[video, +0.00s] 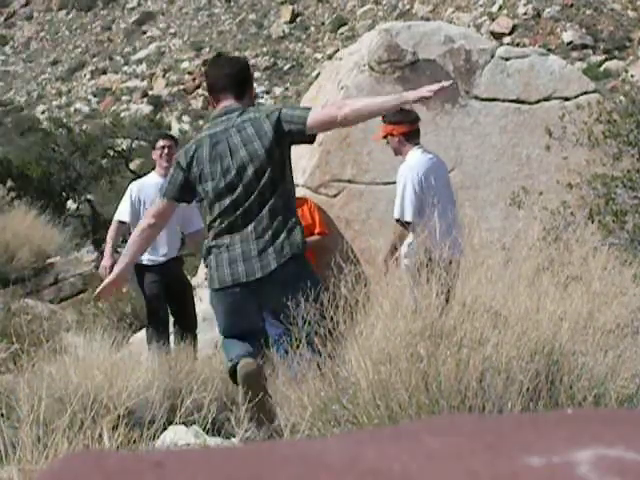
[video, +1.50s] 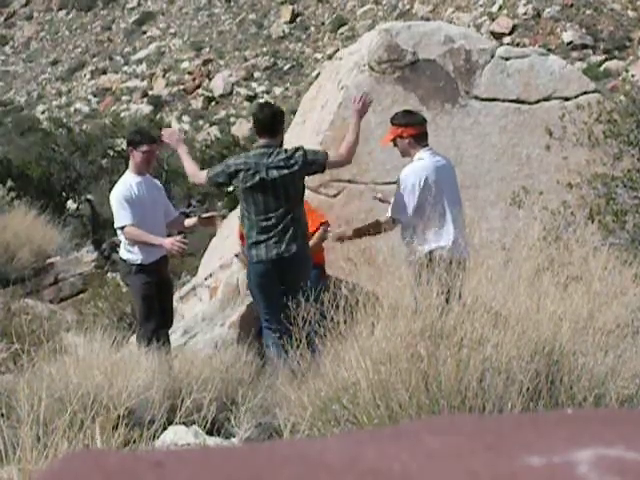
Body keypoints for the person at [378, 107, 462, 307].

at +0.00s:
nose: (388, 145)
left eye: (388, 139)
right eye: (387, 139)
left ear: (398, 138)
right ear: (415, 135)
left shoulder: (409, 169)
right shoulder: (436, 161)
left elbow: (404, 223)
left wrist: (390, 253)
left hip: (423, 250)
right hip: (448, 246)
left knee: (421, 309)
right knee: (443, 309)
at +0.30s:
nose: (392, 146)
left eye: (394, 141)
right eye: (391, 141)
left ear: (405, 139)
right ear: (420, 137)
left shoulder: (414, 170)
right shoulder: (443, 163)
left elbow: (385, 218)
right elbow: (427, 196)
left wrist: (346, 215)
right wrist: (394, 190)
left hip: (425, 255)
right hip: (452, 250)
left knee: (425, 316)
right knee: (446, 312)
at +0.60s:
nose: (395, 146)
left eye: (396, 141)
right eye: (393, 141)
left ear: (409, 139)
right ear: (417, 138)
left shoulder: (413, 171)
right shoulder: (444, 164)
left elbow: (395, 219)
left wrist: (360, 232)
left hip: (428, 255)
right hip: (455, 251)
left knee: (425, 315)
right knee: (451, 311)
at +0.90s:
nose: (394, 147)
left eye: (395, 141)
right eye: (393, 142)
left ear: (407, 140)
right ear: (416, 139)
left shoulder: (415, 171)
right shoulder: (442, 163)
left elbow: (382, 216)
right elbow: (419, 190)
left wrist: (346, 215)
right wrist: (384, 187)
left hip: (429, 256)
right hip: (454, 251)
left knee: (428, 319)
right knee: (452, 314)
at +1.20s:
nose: (395, 147)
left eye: (395, 142)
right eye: (393, 142)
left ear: (406, 140)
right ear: (421, 137)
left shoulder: (414, 171)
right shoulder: (442, 164)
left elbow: (387, 219)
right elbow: (419, 198)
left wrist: (354, 216)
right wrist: (382, 197)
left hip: (428, 256)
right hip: (454, 250)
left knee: (428, 320)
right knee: (451, 315)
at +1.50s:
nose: (395, 146)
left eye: (396, 141)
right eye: (394, 141)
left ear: (407, 139)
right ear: (422, 138)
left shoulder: (413, 173)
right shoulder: (444, 164)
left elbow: (391, 222)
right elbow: (429, 204)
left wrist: (352, 233)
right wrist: (393, 202)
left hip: (429, 257)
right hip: (455, 253)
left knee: (427, 319)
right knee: (450, 315)